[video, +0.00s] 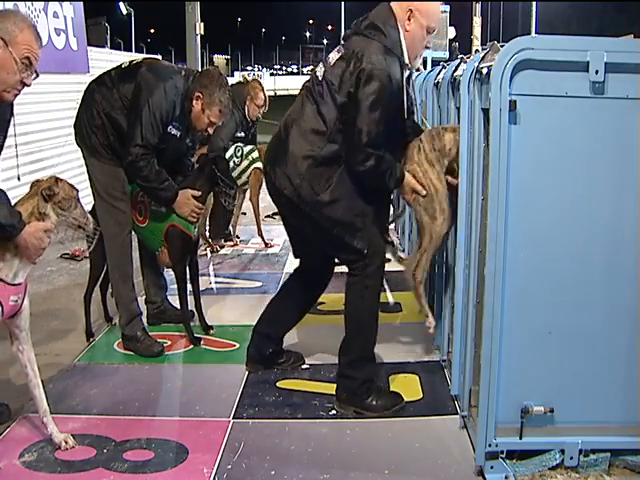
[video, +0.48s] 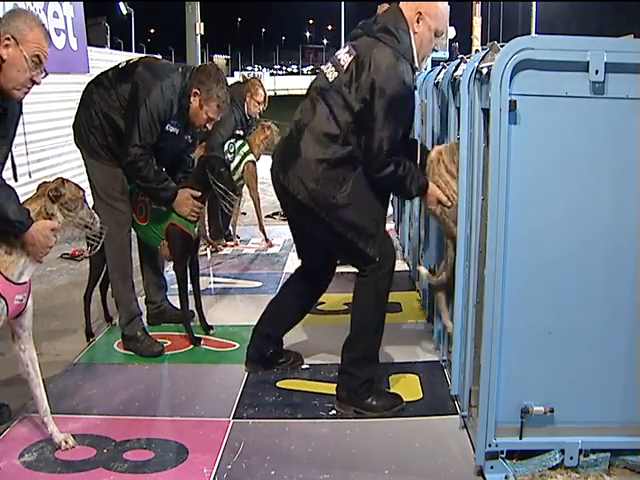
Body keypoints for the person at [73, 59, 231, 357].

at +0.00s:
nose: (211, 130)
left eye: (216, 126)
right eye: (210, 123)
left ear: (198, 100)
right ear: (196, 100)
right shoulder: (161, 92)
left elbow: (177, 161)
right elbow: (136, 156)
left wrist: (188, 194)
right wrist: (172, 196)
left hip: (136, 132)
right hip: (101, 130)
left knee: (147, 216)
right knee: (118, 222)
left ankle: (158, 305)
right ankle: (131, 327)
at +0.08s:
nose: (211, 130)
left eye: (215, 125)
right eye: (210, 123)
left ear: (198, 100)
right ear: (196, 100)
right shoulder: (160, 92)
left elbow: (179, 160)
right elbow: (135, 156)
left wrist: (188, 194)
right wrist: (172, 196)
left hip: (136, 132)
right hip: (100, 130)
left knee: (147, 216)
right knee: (118, 222)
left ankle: (158, 305)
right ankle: (131, 327)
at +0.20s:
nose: (210, 129)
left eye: (215, 124)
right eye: (210, 121)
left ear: (197, 98)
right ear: (195, 99)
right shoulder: (159, 92)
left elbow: (179, 158)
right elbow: (135, 156)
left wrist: (186, 192)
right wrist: (171, 196)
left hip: (137, 132)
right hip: (100, 130)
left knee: (147, 216)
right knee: (118, 222)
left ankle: (157, 305)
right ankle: (131, 326)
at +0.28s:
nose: (210, 128)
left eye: (215, 123)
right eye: (210, 120)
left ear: (196, 97)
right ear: (195, 98)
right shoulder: (158, 92)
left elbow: (179, 157)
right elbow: (135, 156)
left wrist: (188, 191)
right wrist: (171, 196)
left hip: (137, 132)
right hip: (100, 130)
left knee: (148, 216)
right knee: (118, 222)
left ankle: (158, 305)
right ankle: (131, 326)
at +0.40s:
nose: (210, 126)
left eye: (215, 121)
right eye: (210, 118)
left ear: (196, 97)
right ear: (194, 97)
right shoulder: (158, 91)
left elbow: (178, 157)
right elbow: (134, 156)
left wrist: (189, 190)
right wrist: (171, 196)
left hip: (136, 133)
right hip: (100, 131)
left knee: (148, 218)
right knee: (118, 222)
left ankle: (157, 305)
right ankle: (131, 327)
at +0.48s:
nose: (210, 126)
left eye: (215, 121)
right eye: (209, 118)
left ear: (196, 96)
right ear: (194, 97)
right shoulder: (157, 91)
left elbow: (180, 156)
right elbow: (134, 156)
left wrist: (187, 190)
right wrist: (171, 196)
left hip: (137, 133)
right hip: (100, 131)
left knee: (148, 217)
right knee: (118, 222)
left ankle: (157, 305)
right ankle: (131, 326)